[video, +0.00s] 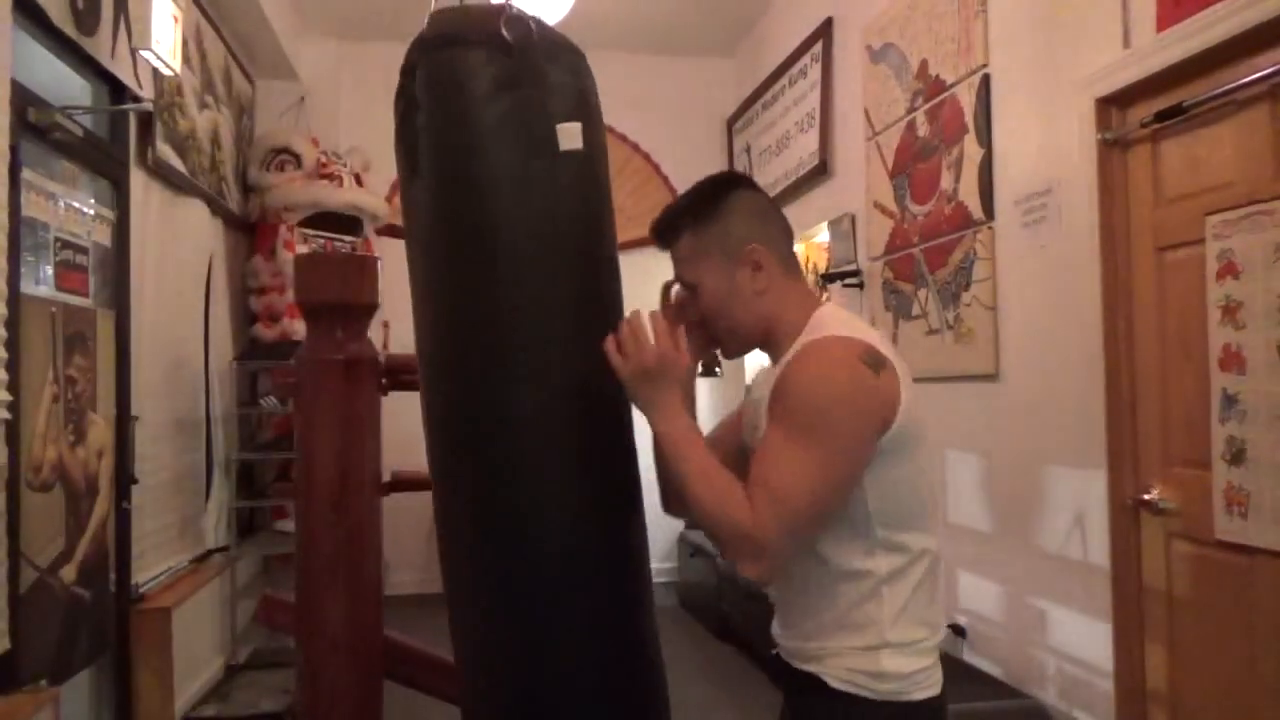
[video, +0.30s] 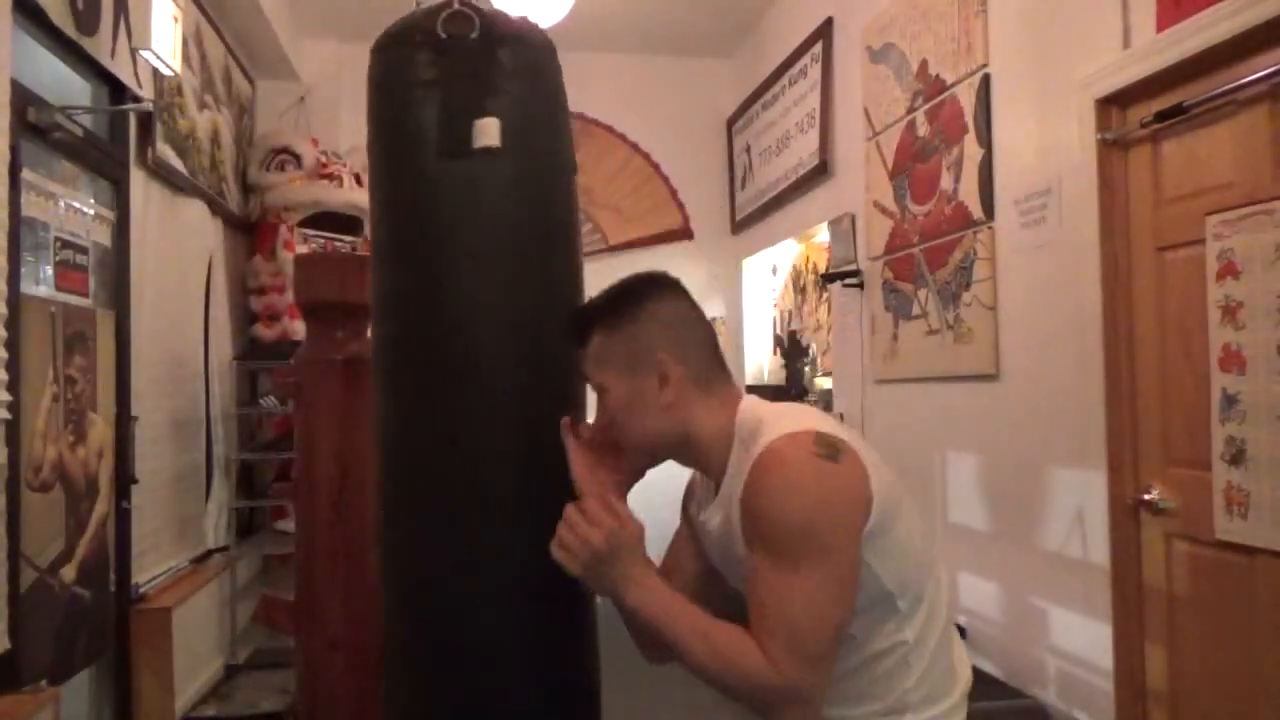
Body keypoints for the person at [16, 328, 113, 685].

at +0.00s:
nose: (69, 391)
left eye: (75, 382)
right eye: (64, 383)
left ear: (91, 384)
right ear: (59, 387)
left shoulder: (103, 430)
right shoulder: (61, 434)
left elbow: (105, 499)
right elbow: (38, 480)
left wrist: (76, 563)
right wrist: (46, 401)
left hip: (104, 547)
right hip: (74, 547)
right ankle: (55, 690)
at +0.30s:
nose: (69, 391)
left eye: (74, 382)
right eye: (63, 383)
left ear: (90, 385)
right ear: (60, 389)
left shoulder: (104, 432)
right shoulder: (62, 437)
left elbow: (104, 501)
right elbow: (38, 481)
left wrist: (76, 562)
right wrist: (45, 401)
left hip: (105, 548)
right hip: (76, 547)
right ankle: (59, 685)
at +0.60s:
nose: (71, 392)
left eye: (76, 383)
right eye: (66, 385)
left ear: (90, 384)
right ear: (61, 390)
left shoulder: (104, 432)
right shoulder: (62, 439)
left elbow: (105, 500)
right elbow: (37, 480)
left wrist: (75, 562)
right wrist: (45, 401)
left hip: (105, 553)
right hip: (75, 554)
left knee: (106, 635)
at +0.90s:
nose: (71, 393)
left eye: (77, 383)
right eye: (66, 385)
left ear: (90, 385)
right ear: (61, 391)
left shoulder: (104, 431)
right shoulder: (62, 439)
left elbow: (105, 500)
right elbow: (38, 481)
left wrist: (76, 562)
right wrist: (46, 401)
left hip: (104, 555)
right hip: (73, 553)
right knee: (27, 607)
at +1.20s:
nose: (70, 391)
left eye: (75, 382)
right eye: (65, 383)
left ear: (90, 385)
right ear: (61, 389)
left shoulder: (104, 433)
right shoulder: (62, 439)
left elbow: (105, 501)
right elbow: (38, 481)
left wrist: (75, 562)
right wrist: (44, 403)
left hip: (104, 553)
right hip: (73, 554)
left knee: (104, 634)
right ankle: (57, 696)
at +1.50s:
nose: (70, 391)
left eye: (75, 382)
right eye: (65, 384)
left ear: (90, 384)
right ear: (60, 390)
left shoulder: (105, 432)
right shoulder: (62, 440)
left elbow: (105, 500)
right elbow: (37, 481)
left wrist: (75, 562)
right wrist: (44, 404)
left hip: (104, 554)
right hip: (74, 555)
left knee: (104, 635)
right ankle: (57, 695)